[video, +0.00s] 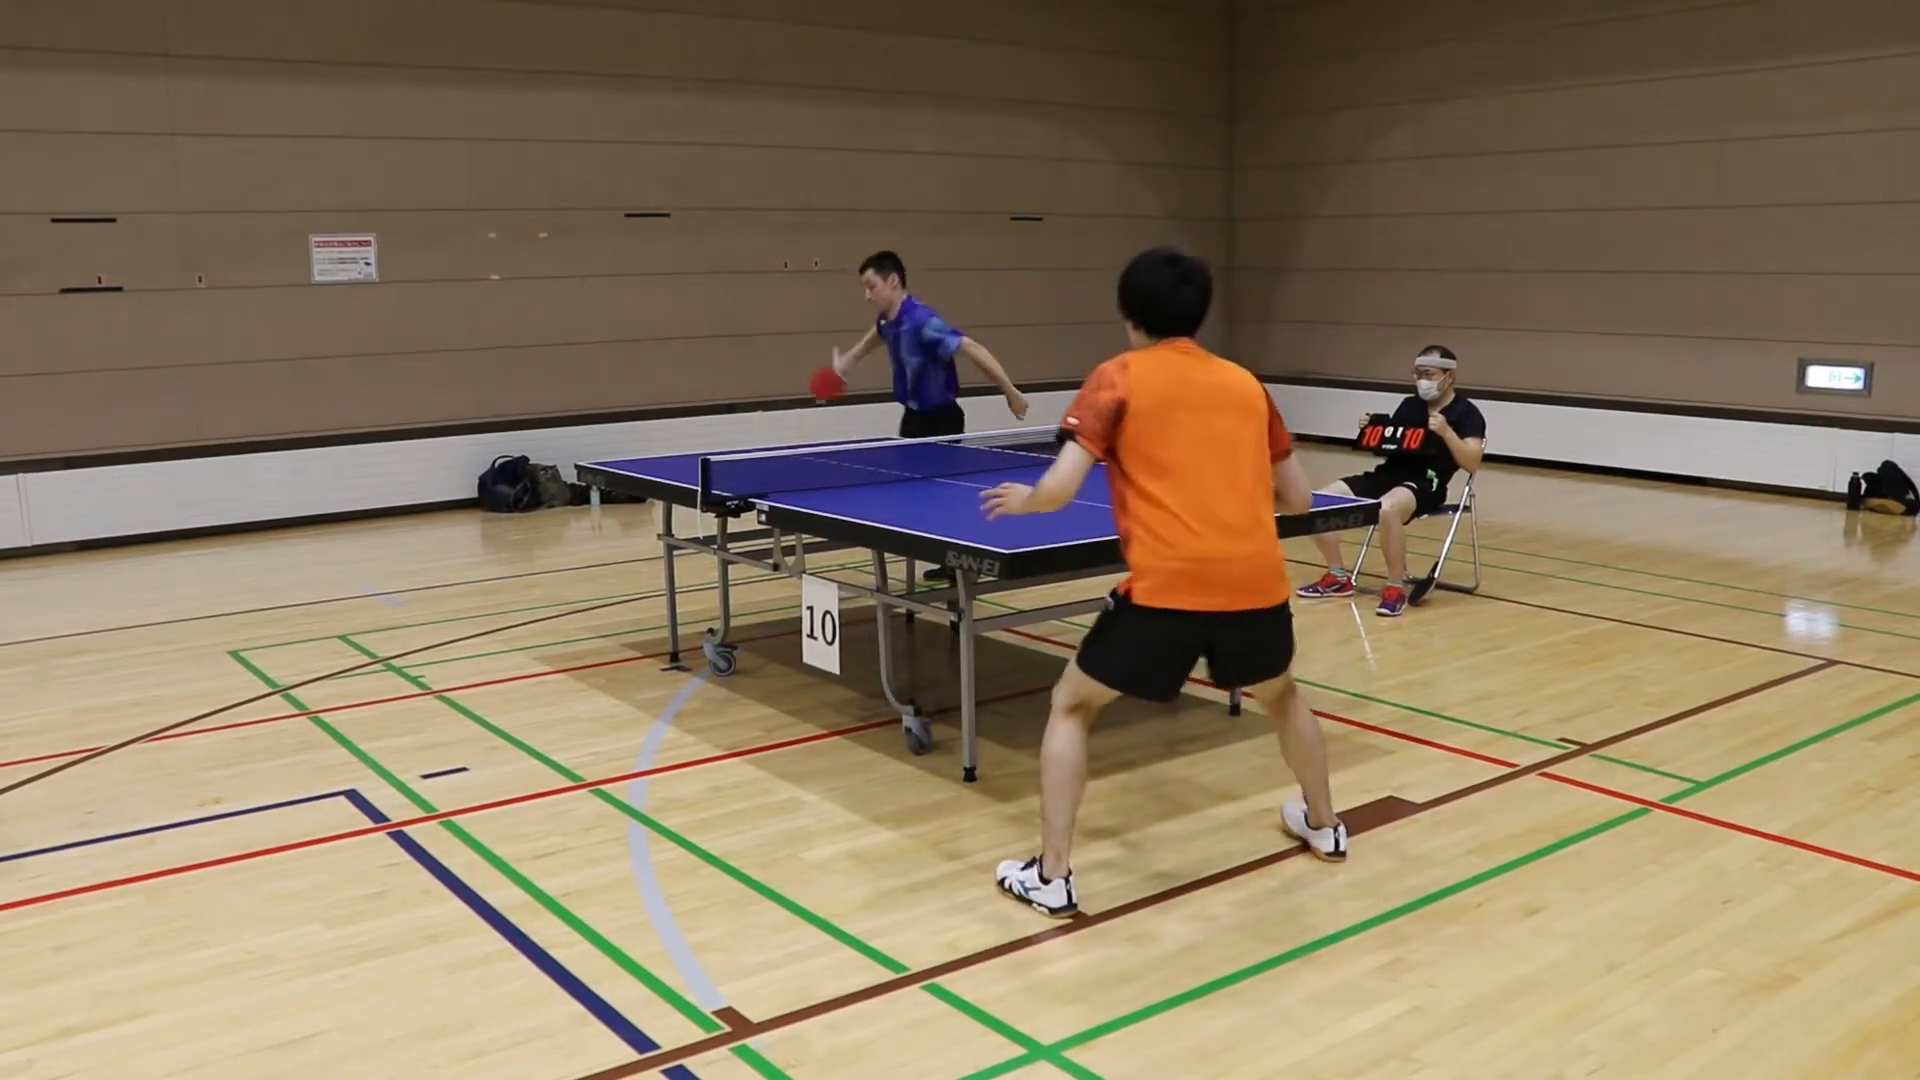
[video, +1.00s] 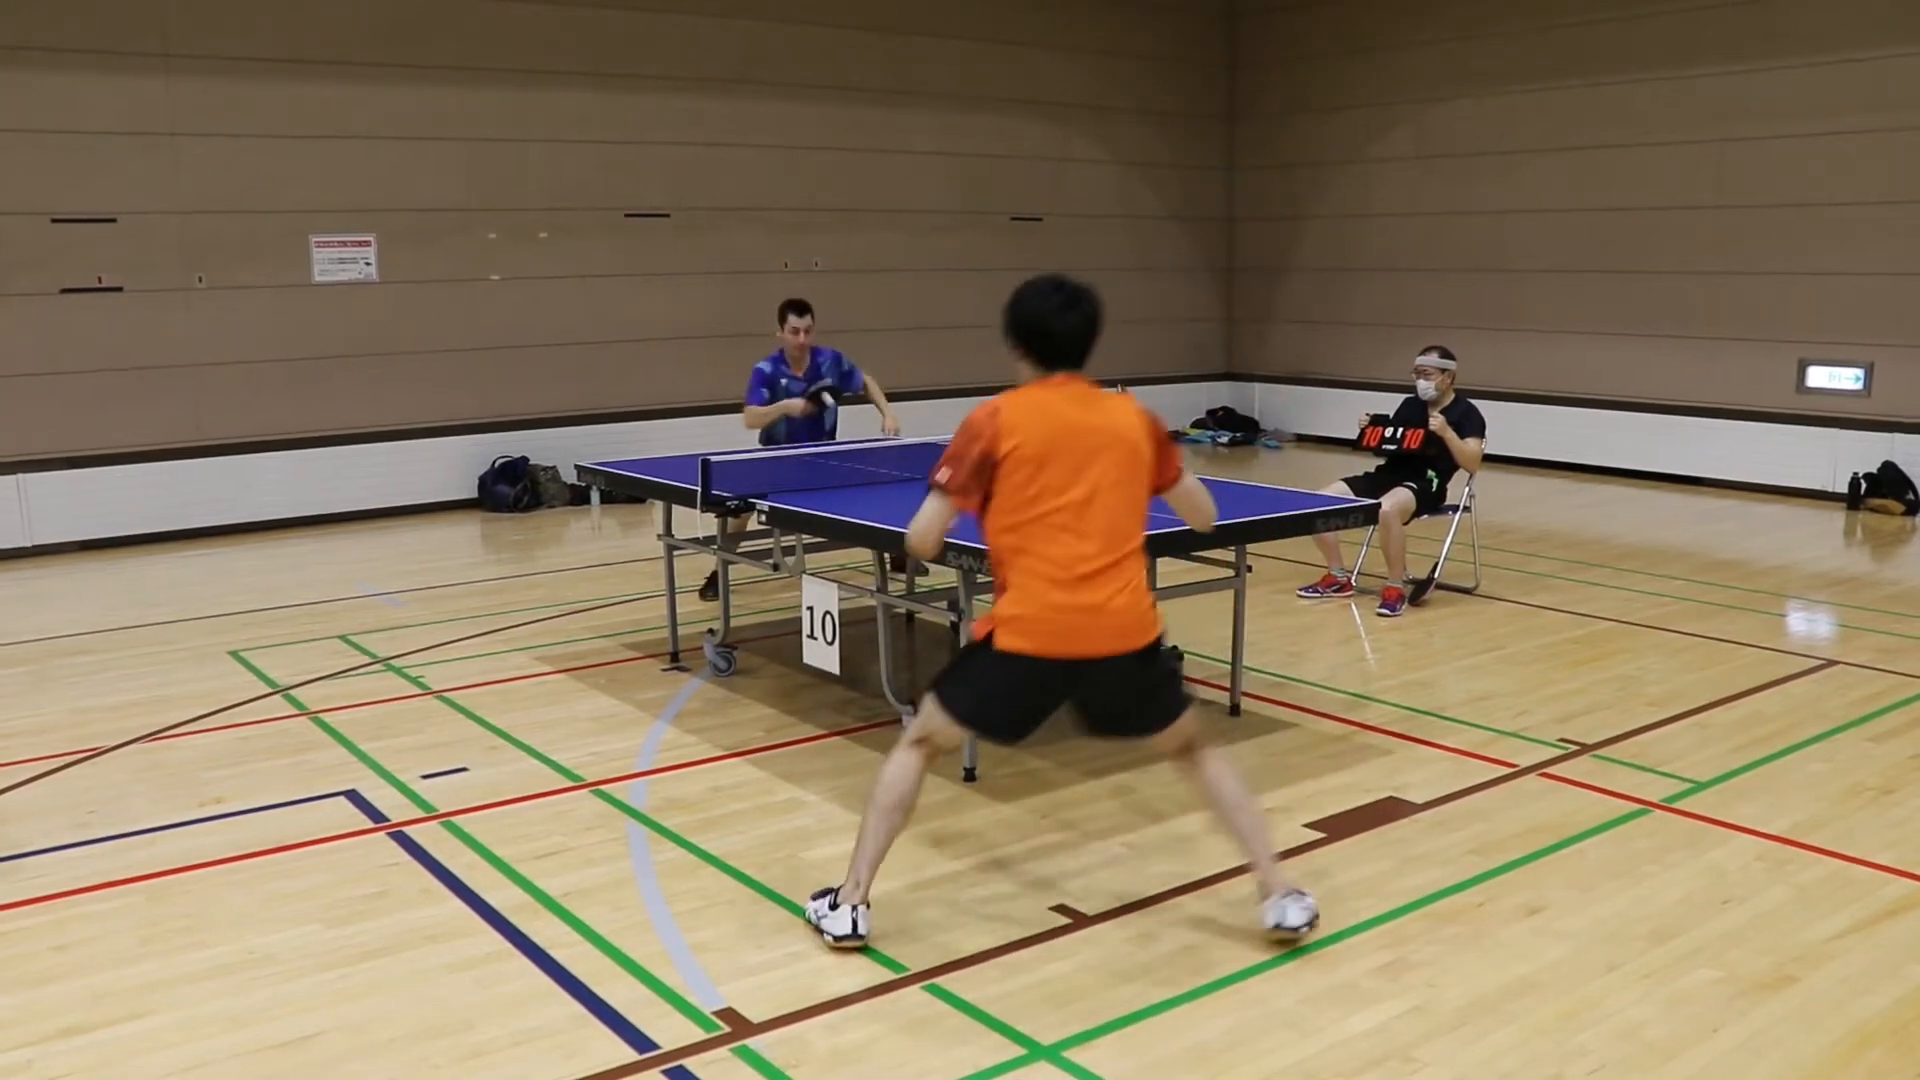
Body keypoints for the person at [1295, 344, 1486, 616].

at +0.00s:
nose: (1423, 382)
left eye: (1430, 375)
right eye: (1419, 375)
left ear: (1449, 378)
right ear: (1414, 375)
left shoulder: (1467, 414)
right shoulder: (1411, 405)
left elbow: (1472, 463)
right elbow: (1393, 440)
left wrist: (1447, 433)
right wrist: (1372, 426)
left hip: (1427, 482)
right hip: (1390, 474)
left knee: (1388, 509)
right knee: (1319, 501)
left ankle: (1395, 588)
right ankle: (1337, 576)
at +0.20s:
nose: (1422, 382)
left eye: (1429, 376)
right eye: (1418, 375)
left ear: (1449, 379)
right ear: (1414, 375)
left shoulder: (1467, 414)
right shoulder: (1411, 405)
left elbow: (1472, 463)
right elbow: (1392, 439)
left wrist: (1446, 432)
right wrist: (1373, 426)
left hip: (1426, 482)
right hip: (1389, 474)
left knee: (1389, 509)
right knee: (1319, 502)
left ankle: (1395, 588)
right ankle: (1337, 575)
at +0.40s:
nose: (1425, 381)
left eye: (1432, 374)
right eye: (1420, 374)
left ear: (1450, 377)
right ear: (1414, 375)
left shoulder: (1467, 413)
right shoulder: (1411, 404)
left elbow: (1472, 463)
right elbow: (1393, 438)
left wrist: (1446, 432)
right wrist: (1372, 425)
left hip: (1427, 481)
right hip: (1390, 473)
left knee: (1388, 509)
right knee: (1319, 501)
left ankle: (1394, 588)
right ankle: (1337, 576)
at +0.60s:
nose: (1426, 382)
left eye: (1433, 375)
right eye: (1420, 375)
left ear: (1451, 377)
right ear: (1415, 376)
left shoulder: (1467, 414)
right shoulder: (1411, 404)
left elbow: (1472, 463)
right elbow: (1393, 438)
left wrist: (1447, 432)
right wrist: (1372, 425)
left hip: (1427, 481)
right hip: (1390, 473)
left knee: (1388, 509)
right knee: (1319, 501)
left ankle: (1394, 587)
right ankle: (1337, 576)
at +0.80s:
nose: (1425, 381)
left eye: (1432, 375)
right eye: (1420, 374)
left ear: (1450, 377)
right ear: (1414, 375)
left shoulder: (1467, 414)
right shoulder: (1411, 404)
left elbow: (1472, 463)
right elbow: (1392, 439)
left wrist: (1447, 433)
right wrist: (1372, 426)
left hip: (1427, 482)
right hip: (1390, 473)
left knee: (1388, 509)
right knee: (1319, 502)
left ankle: (1395, 588)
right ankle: (1337, 576)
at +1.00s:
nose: (1421, 382)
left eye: (1428, 376)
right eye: (1417, 375)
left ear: (1448, 378)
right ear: (1413, 375)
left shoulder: (1467, 414)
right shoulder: (1411, 405)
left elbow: (1472, 464)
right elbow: (1392, 440)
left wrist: (1447, 434)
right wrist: (1372, 427)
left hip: (1427, 482)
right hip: (1391, 474)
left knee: (1388, 510)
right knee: (1320, 502)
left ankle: (1394, 588)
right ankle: (1338, 577)